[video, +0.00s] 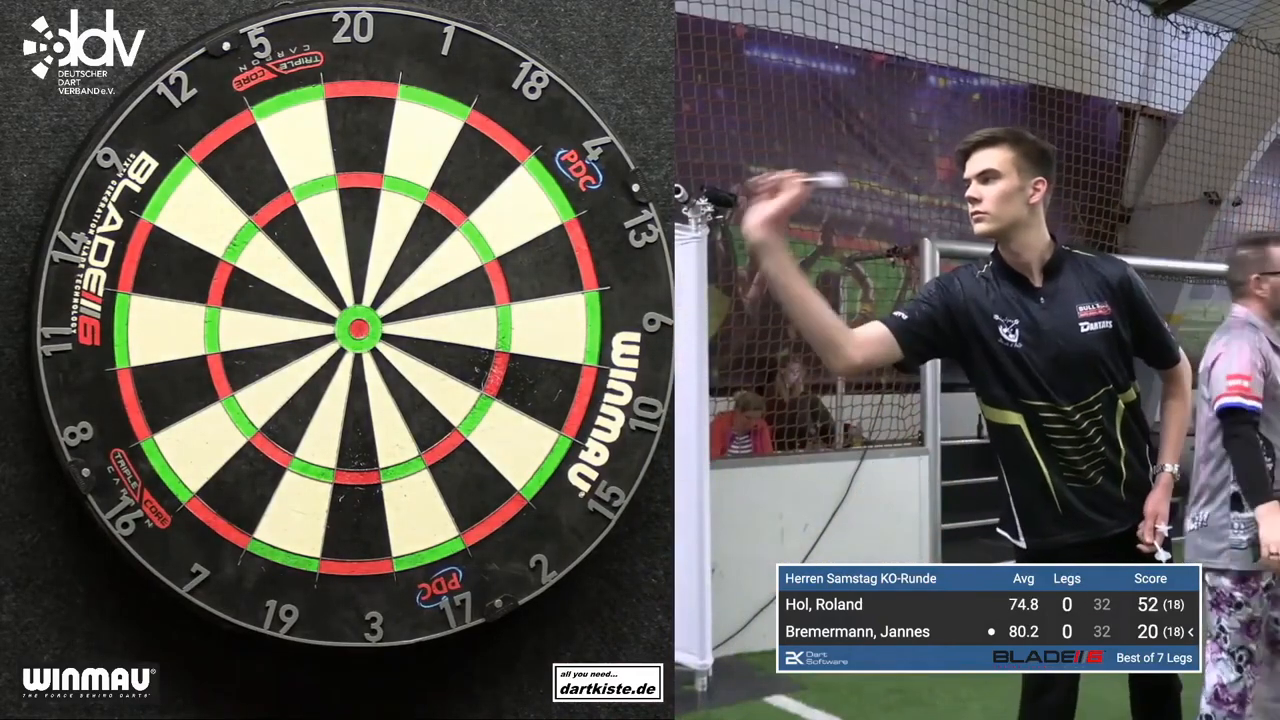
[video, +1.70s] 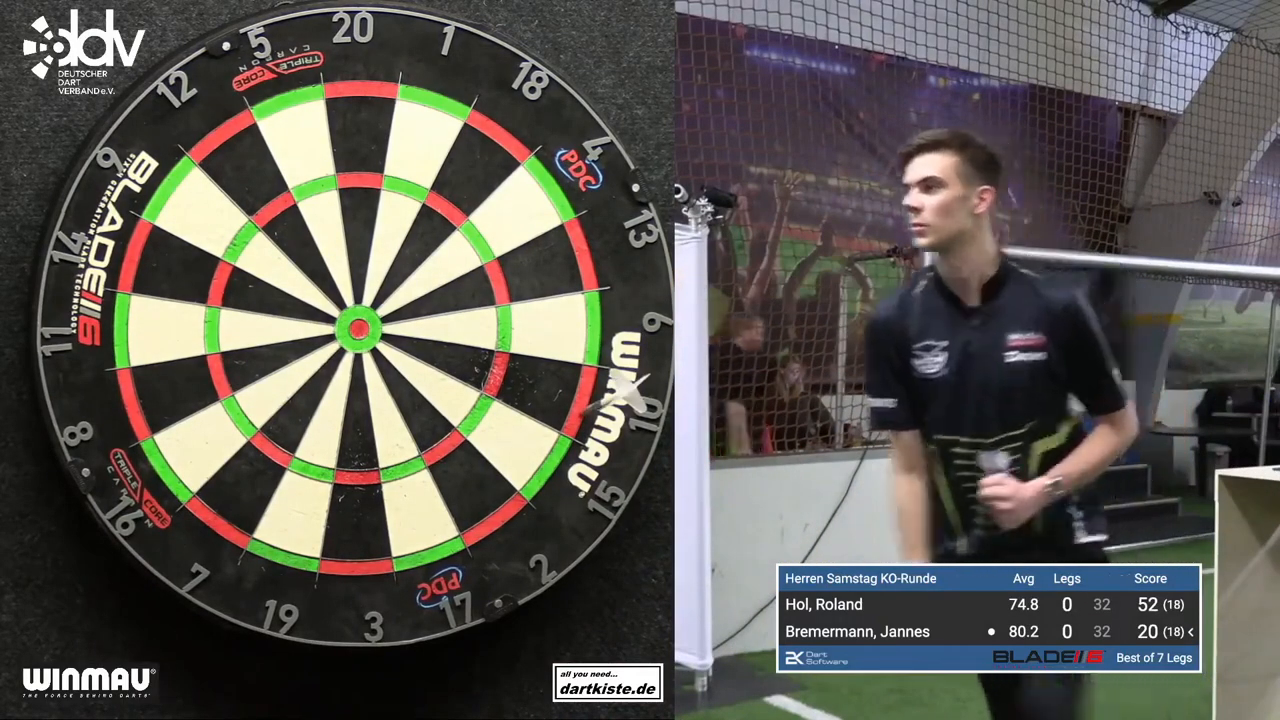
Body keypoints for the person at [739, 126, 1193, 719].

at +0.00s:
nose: (970, 195)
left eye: (987, 179)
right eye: (968, 185)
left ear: (1037, 191)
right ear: (968, 200)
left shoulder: (1108, 279)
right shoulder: (960, 297)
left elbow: (1177, 374)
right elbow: (847, 352)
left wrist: (1166, 479)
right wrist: (765, 241)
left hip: (1136, 523)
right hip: (1046, 538)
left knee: (1158, 685)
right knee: (1050, 698)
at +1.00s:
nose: (970, 193)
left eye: (986, 178)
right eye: (967, 184)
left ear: (1037, 188)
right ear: (969, 198)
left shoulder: (1109, 283)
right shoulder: (960, 284)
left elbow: (1173, 381)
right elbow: (840, 290)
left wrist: (1157, 487)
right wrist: (707, 318)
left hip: (1127, 522)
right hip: (1038, 535)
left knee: (1153, 682)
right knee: (1046, 691)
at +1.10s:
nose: (970, 192)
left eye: (987, 178)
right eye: (967, 183)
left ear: (1037, 188)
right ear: (969, 198)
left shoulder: (1110, 284)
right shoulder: (960, 289)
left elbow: (1173, 382)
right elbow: (842, 329)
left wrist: (1156, 488)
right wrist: (714, 377)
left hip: (1129, 523)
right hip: (1039, 538)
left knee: (1153, 680)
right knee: (1046, 691)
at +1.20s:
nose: (970, 194)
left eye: (987, 178)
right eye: (967, 184)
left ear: (1037, 189)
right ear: (967, 199)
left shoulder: (1108, 284)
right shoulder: (960, 295)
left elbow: (1174, 382)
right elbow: (864, 364)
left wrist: (1156, 488)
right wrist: (753, 445)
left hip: (1128, 521)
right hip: (1037, 539)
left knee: (1155, 682)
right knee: (1046, 693)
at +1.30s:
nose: (967, 197)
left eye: (985, 181)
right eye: (964, 187)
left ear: (1035, 191)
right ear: (965, 202)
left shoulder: (1108, 285)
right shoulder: (960, 307)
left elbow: (1172, 387)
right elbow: (902, 417)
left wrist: (1153, 491)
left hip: (1128, 524)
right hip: (1037, 544)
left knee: (1150, 678)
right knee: (1052, 695)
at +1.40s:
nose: (958, 203)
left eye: (976, 186)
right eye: (956, 192)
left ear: (1025, 197)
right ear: (955, 207)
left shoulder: (1098, 293)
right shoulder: (948, 319)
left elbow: (1162, 391)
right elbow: (927, 460)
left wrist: (1131, 482)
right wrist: (910, 582)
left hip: (1112, 529)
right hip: (1024, 546)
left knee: (1144, 683)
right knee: (1055, 698)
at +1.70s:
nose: (911, 203)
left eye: (930, 187)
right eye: (909, 191)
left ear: (982, 200)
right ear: (907, 204)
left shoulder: (1056, 309)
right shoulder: (898, 323)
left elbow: (1120, 424)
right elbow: (909, 465)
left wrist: (1041, 490)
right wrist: (918, 581)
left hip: (1061, 566)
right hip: (969, 571)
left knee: (1049, 707)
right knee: (1009, 707)